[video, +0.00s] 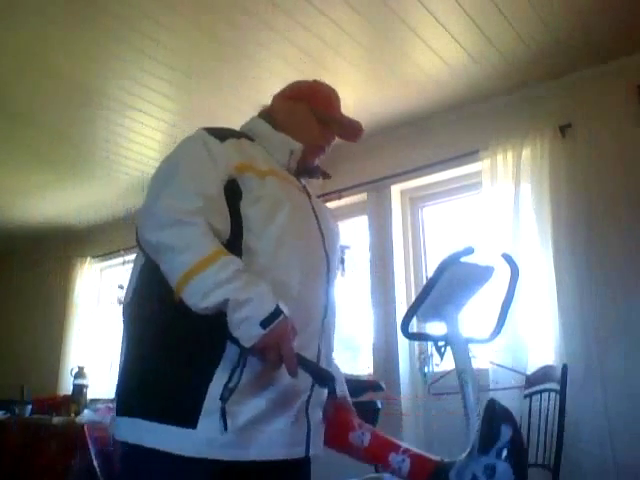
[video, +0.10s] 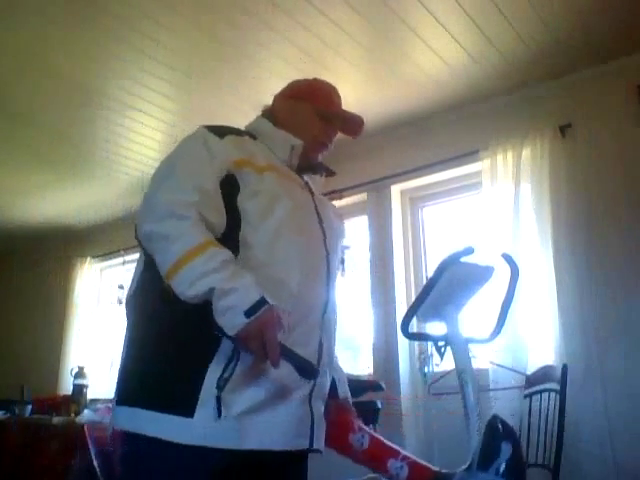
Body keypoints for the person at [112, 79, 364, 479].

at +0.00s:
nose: (329, 143)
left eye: (334, 134)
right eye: (325, 127)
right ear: (295, 115)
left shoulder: (314, 208)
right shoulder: (213, 149)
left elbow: (311, 319)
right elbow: (169, 227)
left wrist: (335, 396)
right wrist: (252, 308)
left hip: (282, 445)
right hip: (190, 440)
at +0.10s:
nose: (332, 136)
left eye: (337, 128)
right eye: (326, 120)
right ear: (292, 111)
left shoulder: (321, 207)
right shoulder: (217, 146)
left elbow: (316, 315)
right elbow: (165, 221)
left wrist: (336, 395)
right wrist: (240, 303)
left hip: (283, 436)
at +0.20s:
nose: (334, 135)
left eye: (338, 126)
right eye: (327, 118)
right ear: (293, 108)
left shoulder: (327, 210)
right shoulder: (216, 147)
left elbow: (322, 314)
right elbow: (156, 220)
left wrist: (341, 393)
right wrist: (220, 301)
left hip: (285, 433)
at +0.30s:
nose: (334, 142)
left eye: (340, 134)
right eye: (328, 126)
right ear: (295, 114)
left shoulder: (333, 218)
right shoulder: (212, 152)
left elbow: (334, 321)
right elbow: (149, 226)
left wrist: (355, 393)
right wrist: (192, 311)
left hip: (286, 439)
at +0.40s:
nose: (333, 143)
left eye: (338, 135)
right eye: (327, 126)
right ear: (293, 116)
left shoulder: (332, 219)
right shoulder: (210, 156)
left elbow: (338, 326)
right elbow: (145, 235)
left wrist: (368, 402)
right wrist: (171, 323)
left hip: (287, 445)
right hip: (190, 436)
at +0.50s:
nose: (316, 127)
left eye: (323, 121)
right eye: (307, 112)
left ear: (325, 131)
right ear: (273, 110)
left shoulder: (331, 215)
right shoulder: (201, 159)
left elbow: (343, 320)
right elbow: (129, 249)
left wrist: (380, 390)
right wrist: (132, 335)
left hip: (286, 436)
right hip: (183, 428)